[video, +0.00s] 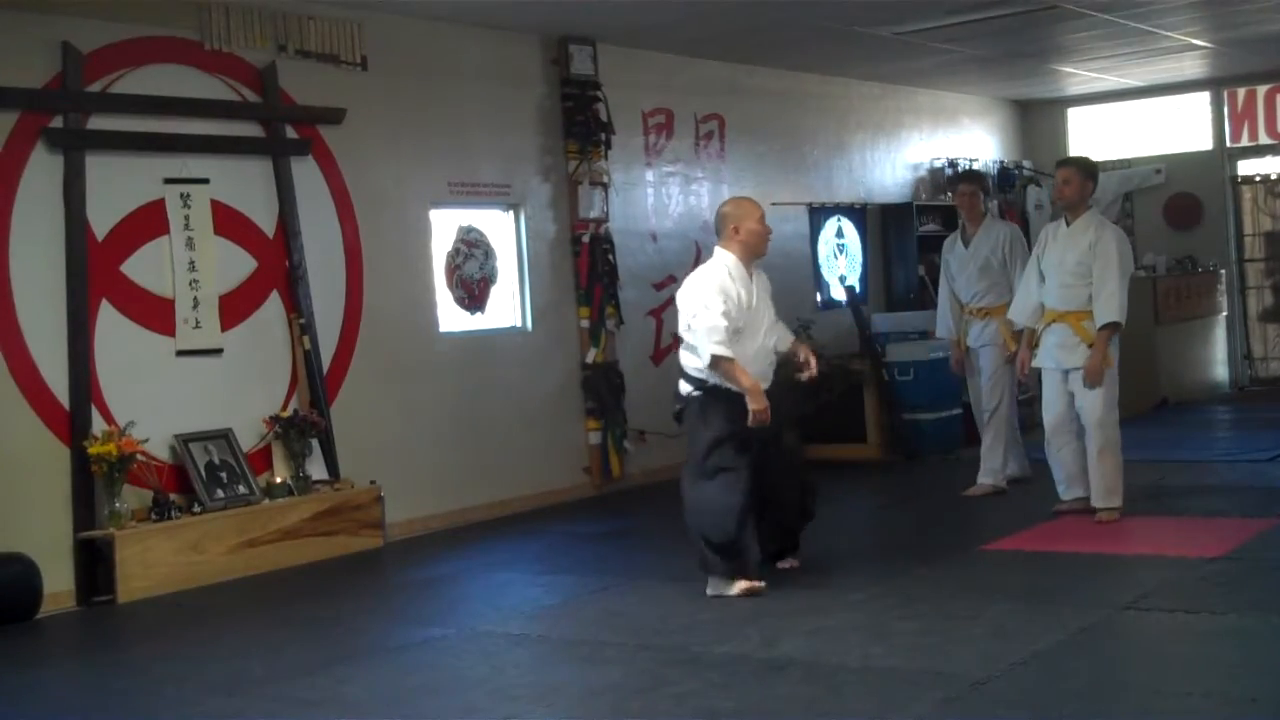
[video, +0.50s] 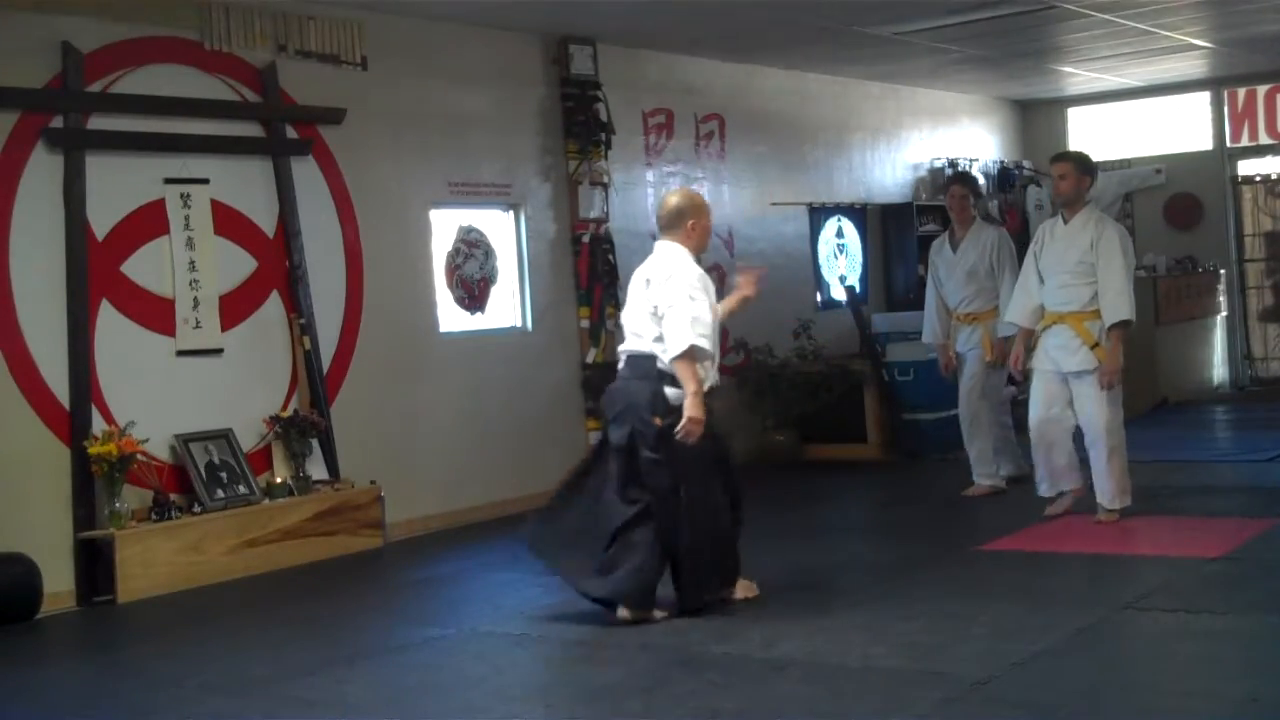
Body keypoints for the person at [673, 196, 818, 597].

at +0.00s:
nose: (769, 229)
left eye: (766, 222)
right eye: (762, 222)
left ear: (738, 231)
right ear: (737, 231)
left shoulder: (757, 279)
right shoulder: (707, 282)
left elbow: (768, 326)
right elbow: (713, 348)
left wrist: (796, 348)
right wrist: (750, 386)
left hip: (753, 395)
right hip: (712, 399)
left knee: (774, 472)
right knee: (722, 483)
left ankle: (776, 551)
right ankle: (722, 574)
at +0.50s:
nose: (709, 233)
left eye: (709, 225)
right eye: (708, 225)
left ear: (664, 226)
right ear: (694, 226)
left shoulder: (649, 267)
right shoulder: (683, 272)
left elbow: (689, 324)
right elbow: (680, 338)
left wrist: (734, 300)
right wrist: (694, 393)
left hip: (630, 388)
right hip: (665, 391)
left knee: (640, 496)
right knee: (710, 487)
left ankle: (633, 597)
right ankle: (716, 581)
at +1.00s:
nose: (664, 228)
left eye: (663, 220)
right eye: (662, 221)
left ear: (610, 223)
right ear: (651, 224)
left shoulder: (582, 271)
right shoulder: (648, 280)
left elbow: (617, 320)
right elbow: (699, 343)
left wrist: (673, 300)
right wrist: (751, 390)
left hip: (578, 410)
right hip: (629, 415)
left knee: (597, 520)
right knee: (636, 527)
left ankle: (596, 624)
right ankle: (621, 644)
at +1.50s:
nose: (633, 221)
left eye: (633, 214)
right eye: (632, 214)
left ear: (576, 212)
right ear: (622, 216)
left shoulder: (540, 263)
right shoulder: (618, 273)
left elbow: (566, 313)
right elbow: (665, 352)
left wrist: (629, 282)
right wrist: (721, 397)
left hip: (537, 410)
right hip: (599, 409)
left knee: (545, 536)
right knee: (621, 529)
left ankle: (560, 660)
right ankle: (631, 654)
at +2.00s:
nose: (611, 211)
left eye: (608, 201)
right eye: (609, 202)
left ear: (555, 210)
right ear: (597, 208)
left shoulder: (519, 266)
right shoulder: (614, 269)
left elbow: (500, 312)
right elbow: (665, 328)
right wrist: (709, 355)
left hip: (525, 415)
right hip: (591, 416)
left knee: (538, 539)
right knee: (630, 531)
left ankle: (554, 665)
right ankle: (667, 646)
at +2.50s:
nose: (666, 216)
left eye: (666, 208)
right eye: (665, 209)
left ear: (608, 209)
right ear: (654, 212)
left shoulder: (565, 260)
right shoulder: (665, 267)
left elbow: (555, 321)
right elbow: (720, 327)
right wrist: (743, 336)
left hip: (563, 396)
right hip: (627, 397)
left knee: (564, 533)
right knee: (645, 530)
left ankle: (561, 668)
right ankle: (657, 653)